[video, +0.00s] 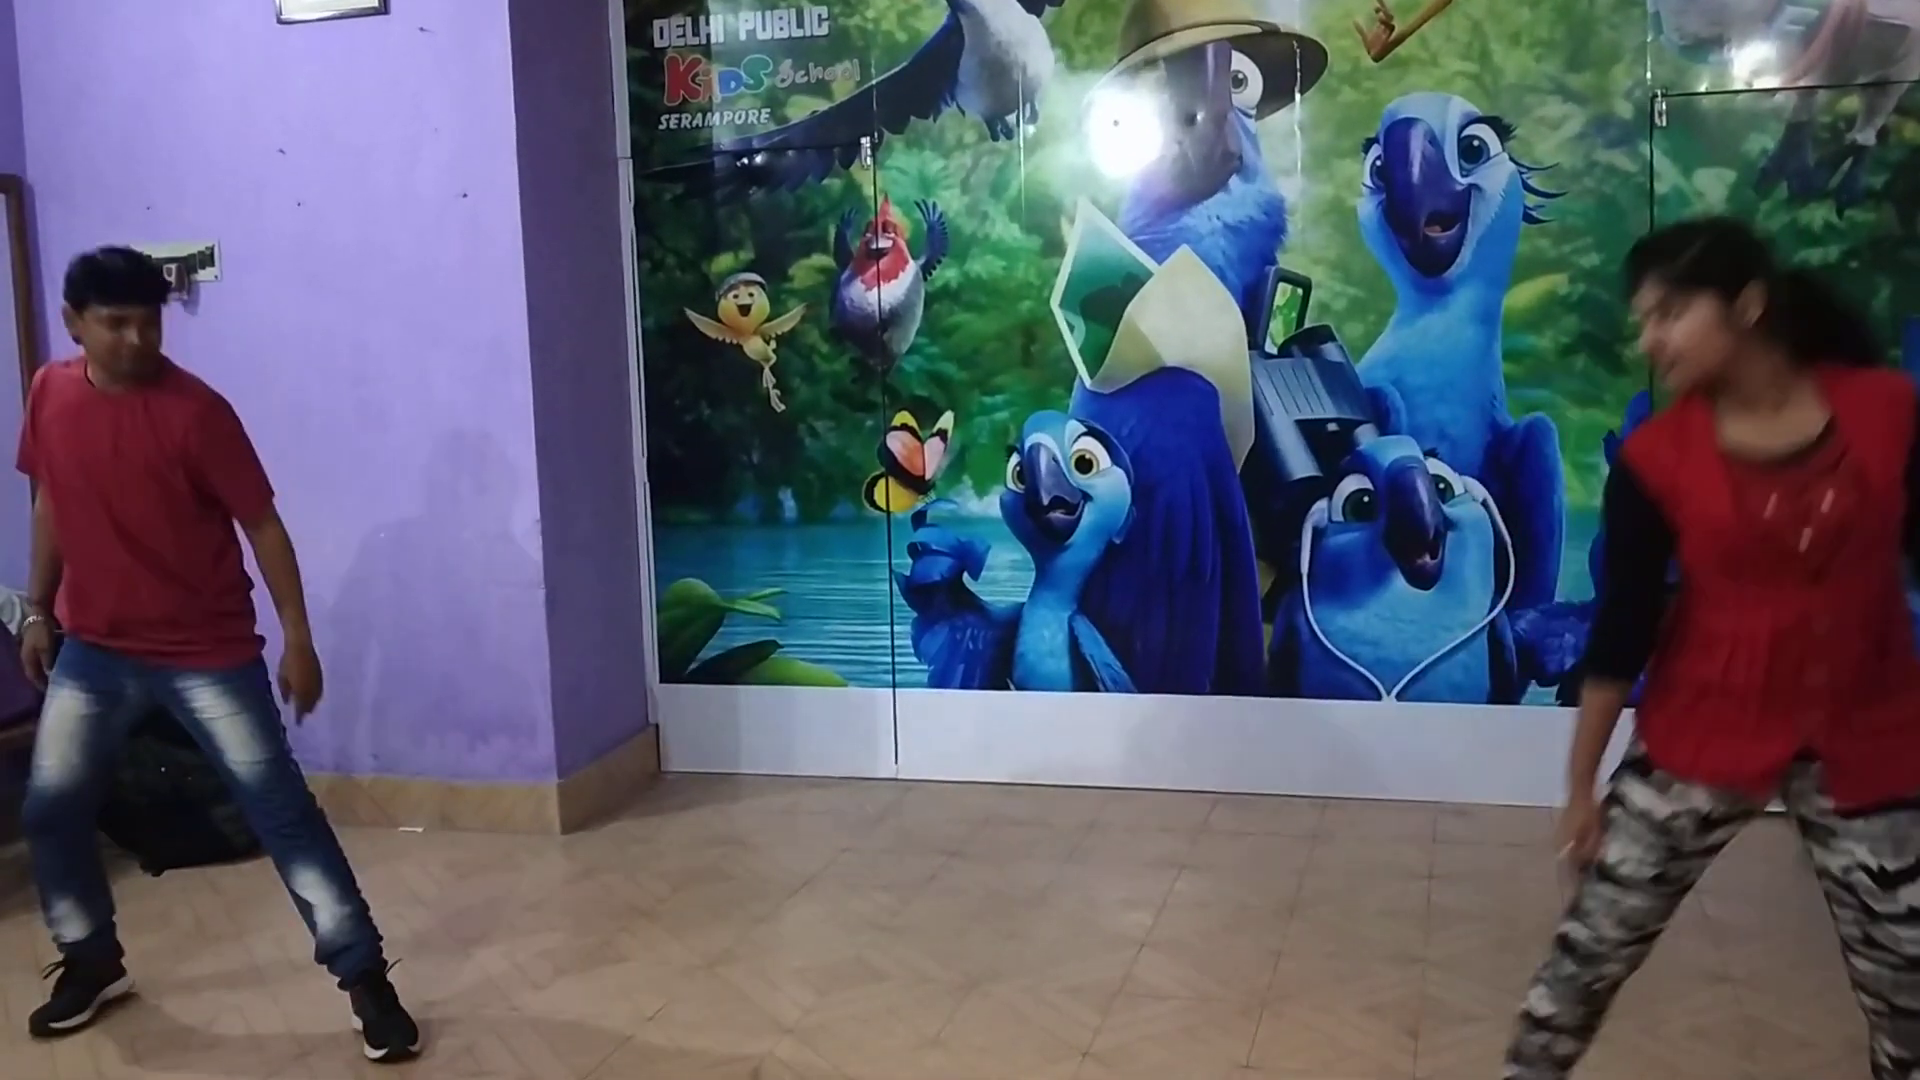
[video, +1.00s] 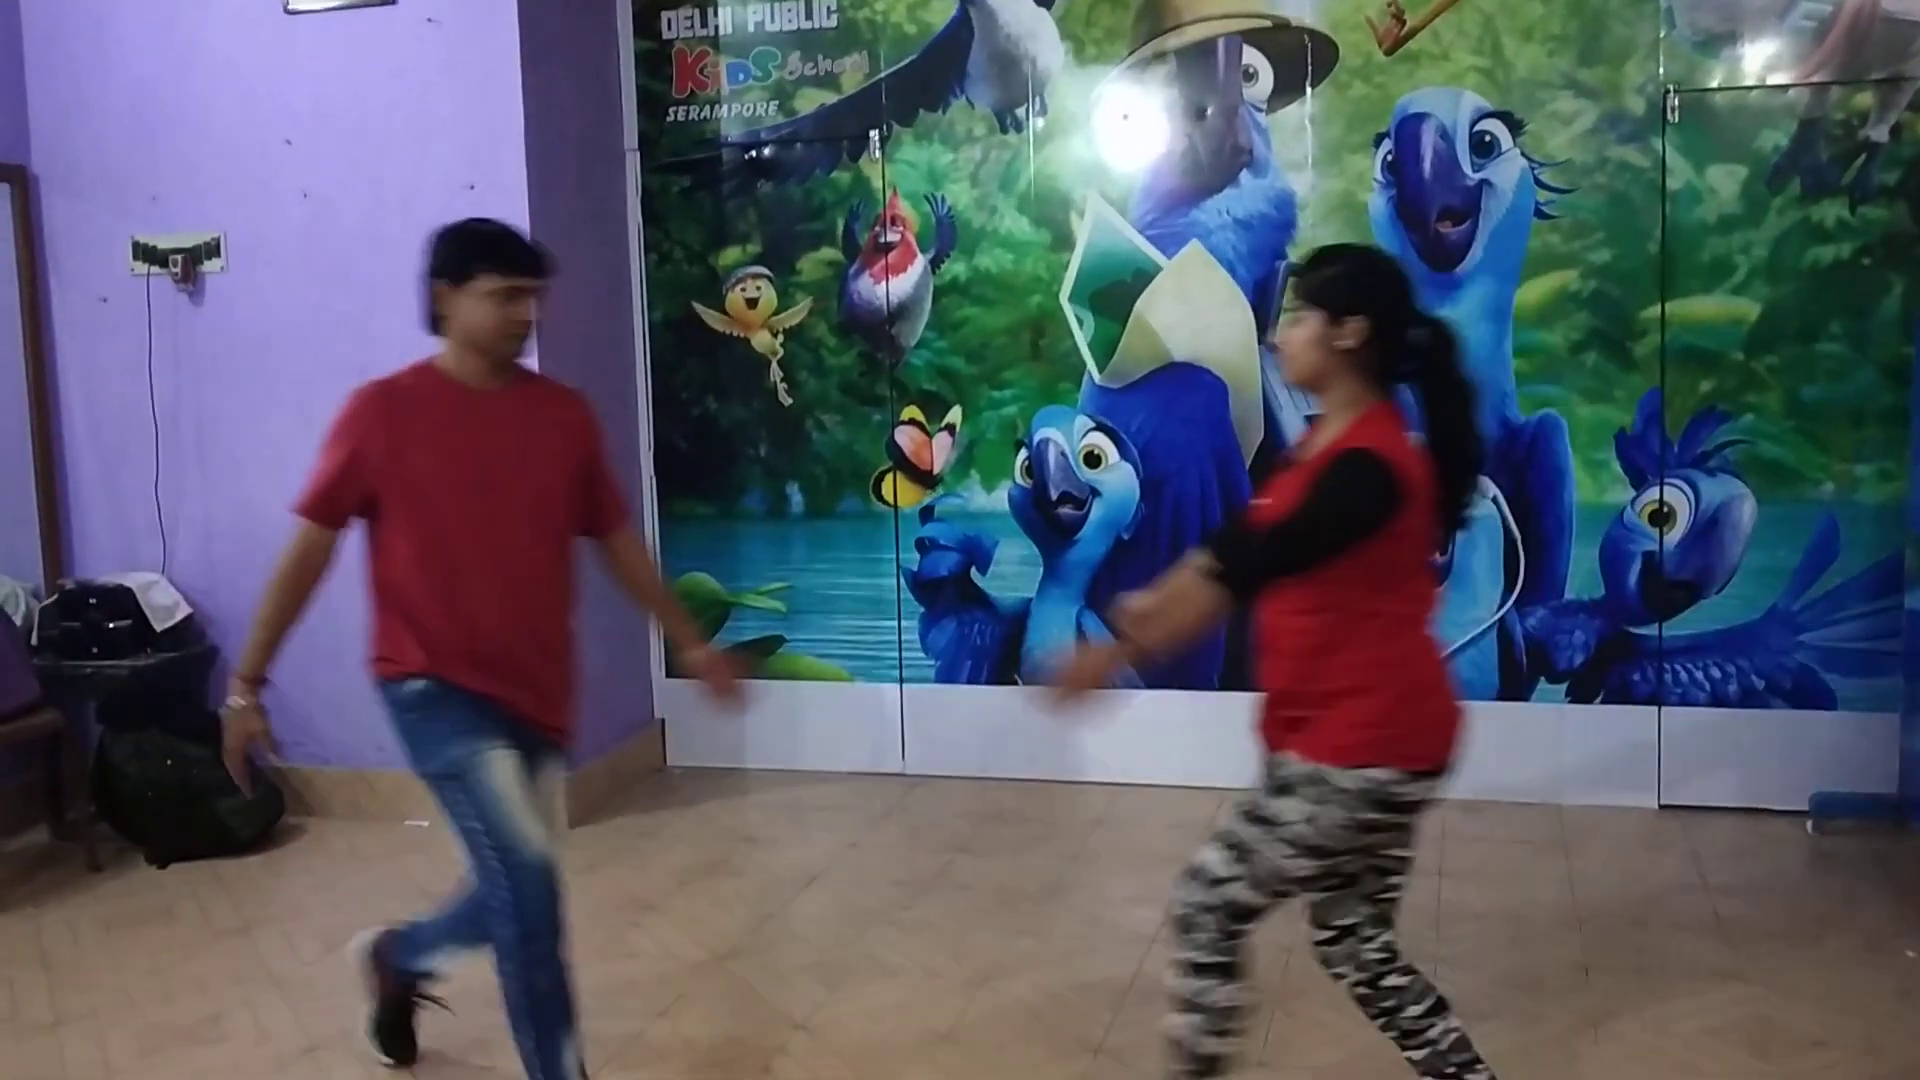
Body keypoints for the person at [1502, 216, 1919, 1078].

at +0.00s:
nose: (1648, 342)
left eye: (1666, 314)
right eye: (1642, 322)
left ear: (1746, 306)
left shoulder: (1887, 414)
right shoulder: (1657, 457)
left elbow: (1919, 555)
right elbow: (1621, 626)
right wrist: (1581, 785)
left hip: (1865, 727)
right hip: (1707, 729)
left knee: (1905, 975)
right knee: (1595, 942)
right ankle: (1529, 1070)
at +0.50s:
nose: (1626, 306)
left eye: (1648, 284)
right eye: (1629, 286)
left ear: (1721, 293)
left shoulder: (1831, 437)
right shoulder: (1619, 432)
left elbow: (1889, 624)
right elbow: (1589, 587)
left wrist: (1911, 802)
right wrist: (1541, 713)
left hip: (1793, 753)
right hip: (1645, 743)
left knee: (1855, 992)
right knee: (1546, 933)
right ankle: (1517, 1071)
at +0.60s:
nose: (1565, 321)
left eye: (1586, 300)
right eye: (1569, 301)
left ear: (1652, 311)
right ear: (1628, 315)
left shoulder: (1745, 455)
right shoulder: (1559, 446)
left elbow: (1779, 641)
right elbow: (1529, 591)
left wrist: (1804, 816)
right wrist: (1487, 705)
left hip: (1714, 766)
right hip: (1590, 756)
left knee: (1804, 979)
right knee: (1487, 921)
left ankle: (1892, 1065)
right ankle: (1503, 1071)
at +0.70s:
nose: (1490, 325)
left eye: (1509, 308)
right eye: (1495, 307)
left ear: (1571, 323)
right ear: (1554, 323)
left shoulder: (1631, 465)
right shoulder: (1495, 445)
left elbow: (1644, 648)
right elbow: (1462, 579)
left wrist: (1646, 815)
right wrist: (1412, 682)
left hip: (1621, 762)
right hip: (1514, 748)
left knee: (1684, 982)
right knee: (1430, 920)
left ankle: (1807, 1065)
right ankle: (1482, 1071)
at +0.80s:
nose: (1416, 329)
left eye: (1433, 313)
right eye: (1422, 311)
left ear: (1490, 329)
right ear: (1477, 328)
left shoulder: (1537, 468)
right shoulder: (1439, 443)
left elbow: (1505, 643)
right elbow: (1391, 563)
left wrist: (1462, 786)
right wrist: (1333, 654)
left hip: (1531, 768)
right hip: (1443, 755)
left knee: (1479, 985)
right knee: (1395, 925)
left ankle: (1660, 1070)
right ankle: (1465, 1068)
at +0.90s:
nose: (1346, 335)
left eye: (1364, 318)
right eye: (1352, 317)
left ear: (1419, 333)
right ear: (1406, 333)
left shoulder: (1457, 463)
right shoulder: (1379, 444)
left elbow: (1364, 619)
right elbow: (1313, 552)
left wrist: (1276, 727)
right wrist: (1246, 625)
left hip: (1454, 754)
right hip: (1391, 741)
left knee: (1312, 930)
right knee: (1376, 944)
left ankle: (1429, 1059)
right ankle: (1454, 1064)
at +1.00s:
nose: (1278, 336)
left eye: (1294, 318)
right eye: (1283, 318)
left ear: (1348, 333)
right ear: (1342, 336)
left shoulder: (1374, 464)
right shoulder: (1323, 447)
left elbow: (1242, 566)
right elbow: (1231, 556)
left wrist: (1115, 649)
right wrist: (1145, 619)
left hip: (1368, 745)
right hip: (1330, 737)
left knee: (1208, 905)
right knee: (1356, 943)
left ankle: (1196, 1065)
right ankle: (1463, 1071)